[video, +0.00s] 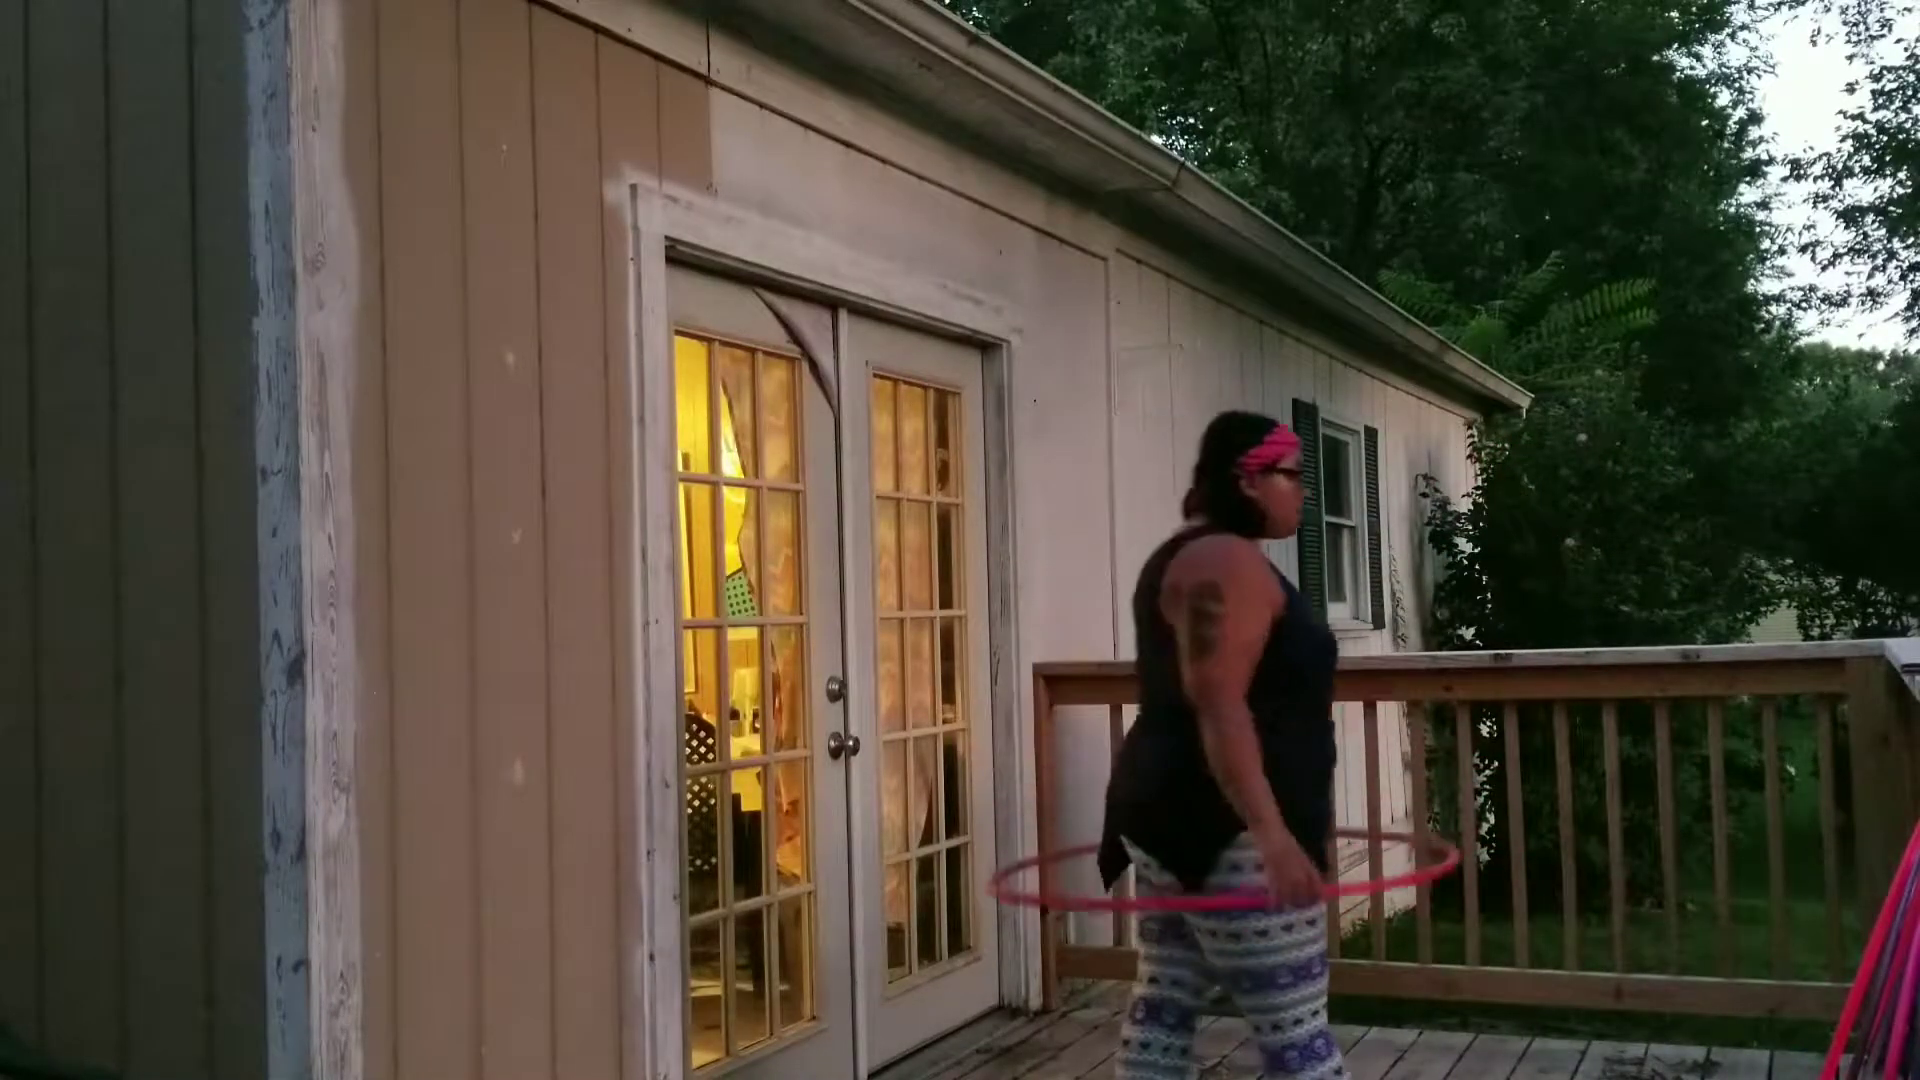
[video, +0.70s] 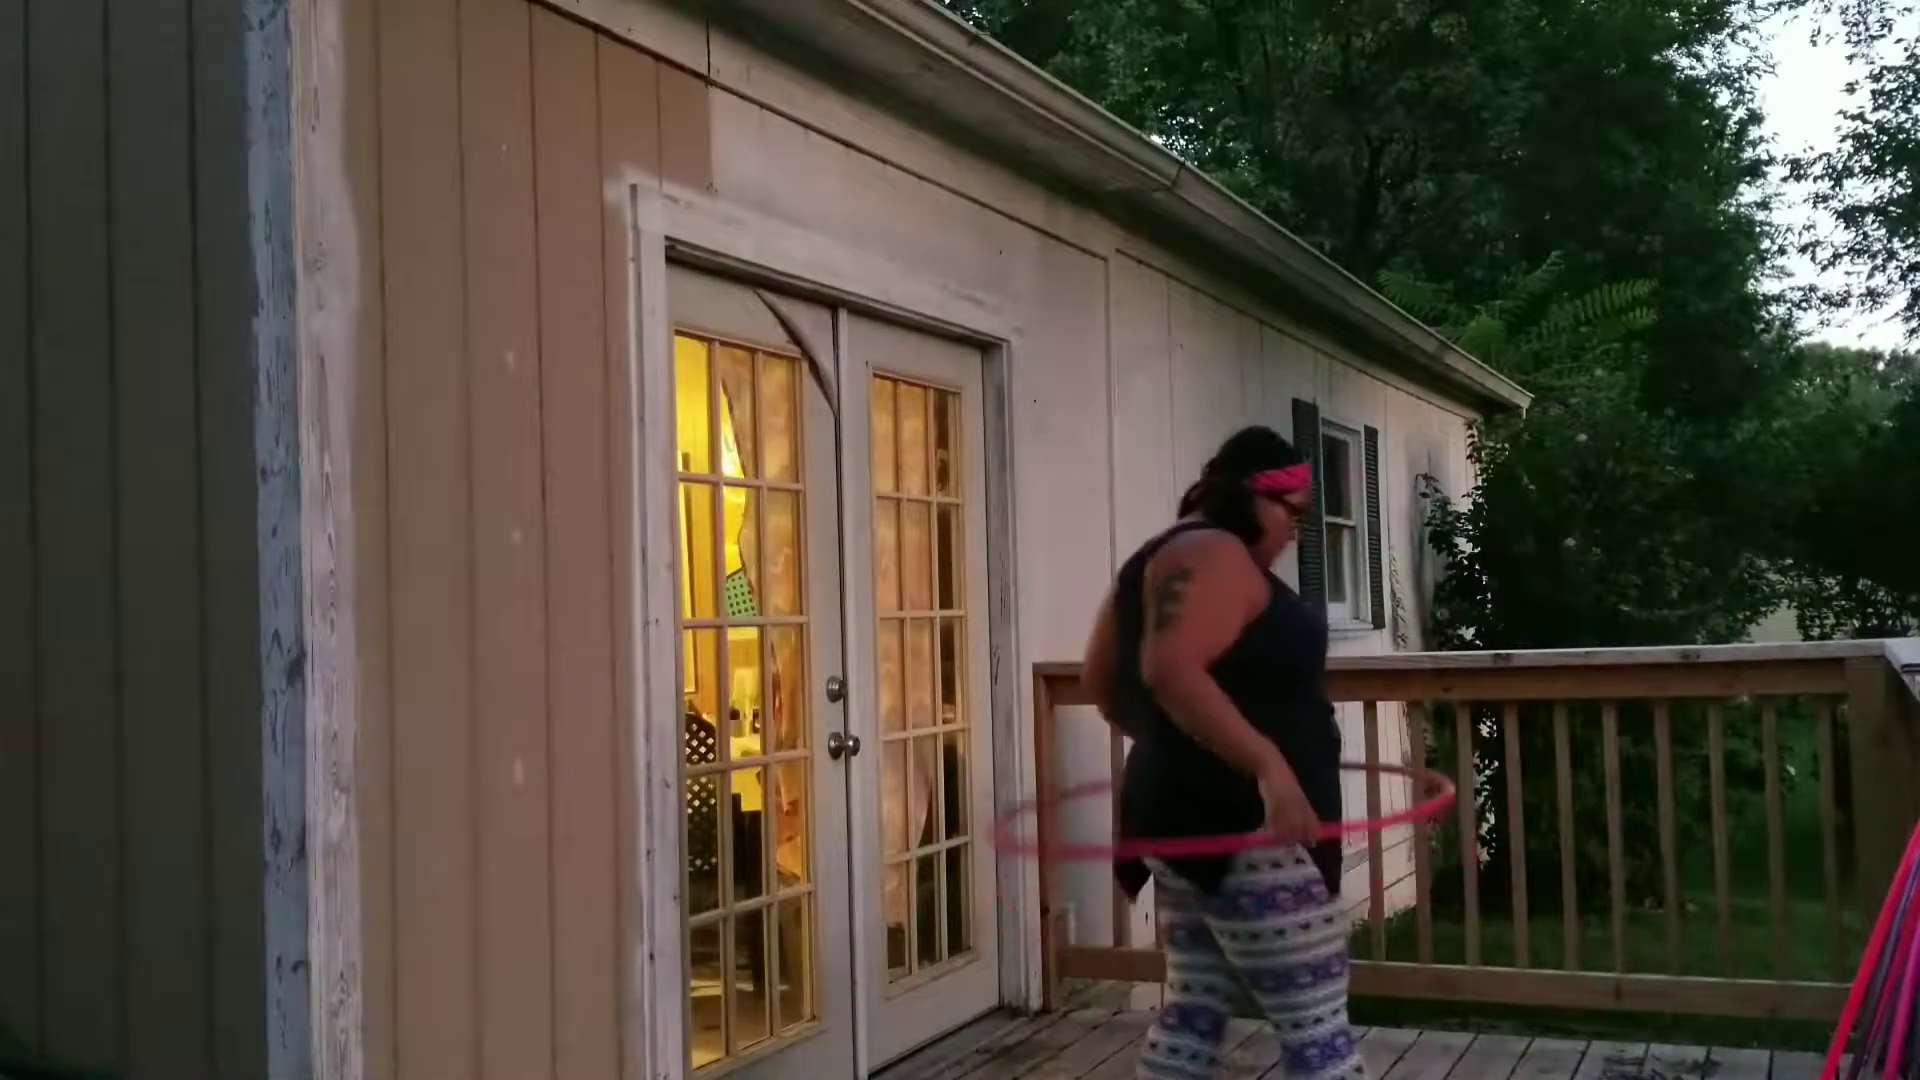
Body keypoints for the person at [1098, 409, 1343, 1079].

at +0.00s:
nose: (1303, 489)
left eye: (1300, 475)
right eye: (1292, 475)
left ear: (1242, 483)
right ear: (1251, 484)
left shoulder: (1175, 560)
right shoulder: (1231, 561)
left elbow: (1169, 709)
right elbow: (1218, 701)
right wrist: (1273, 832)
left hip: (1171, 827)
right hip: (1242, 835)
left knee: (1162, 1016)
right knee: (1296, 1033)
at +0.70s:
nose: (1296, 526)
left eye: (1300, 512)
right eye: (1291, 509)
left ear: (1233, 492)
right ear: (1251, 494)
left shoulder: (1150, 560)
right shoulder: (1220, 555)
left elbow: (1102, 683)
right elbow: (1172, 667)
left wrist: (1184, 743)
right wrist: (1271, 767)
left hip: (1179, 824)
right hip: (1250, 828)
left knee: (1191, 1020)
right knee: (1318, 1032)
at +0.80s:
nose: (1273, 516)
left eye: (1277, 500)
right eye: (1262, 495)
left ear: (1190, 490)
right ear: (1216, 487)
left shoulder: (1136, 556)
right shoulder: (1195, 546)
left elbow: (1089, 677)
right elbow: (1147, 656)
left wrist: (1192, 693)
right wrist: (1258, 709)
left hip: (1175, 817)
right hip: (1238, 816)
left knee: (1192, 1009)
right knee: (1313, 1013)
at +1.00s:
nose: (1241, 475)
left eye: (1237, 462)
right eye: (1229, 463)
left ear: (1165, 479)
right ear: (1188, 477)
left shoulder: (1119, 560)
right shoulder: (1181, 540)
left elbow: (1084, 671)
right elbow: (1136, 646)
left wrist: (1183, 667)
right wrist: (1232, 608)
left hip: (1169, 814)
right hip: (1242, 812)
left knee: (1184, 1001)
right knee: (1316, 1012)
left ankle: (1165, 1073)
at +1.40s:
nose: (1294, 470)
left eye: (1287, 457)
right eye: (1279, 460)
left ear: (1222, 478)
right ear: (1241, 475)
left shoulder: (1162, 552)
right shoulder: (1223, 540)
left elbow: (1110, 662)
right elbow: (1163, 634)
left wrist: (1207, 674)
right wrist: (1275, 657)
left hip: (1178, 810)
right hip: (1243, 812)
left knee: (1190, 1005)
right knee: (1322, 999)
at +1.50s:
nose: (1321, 475)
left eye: (1315, 461)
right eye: (1308, 462)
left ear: (1249, 480)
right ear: (1270, 477)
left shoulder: (1188, 551)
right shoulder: (1252, 544)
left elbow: (1137, 667)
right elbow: (1190, 646)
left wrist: (1214, 734)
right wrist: (1299, 710)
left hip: (1187, 810)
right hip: (1258, 814)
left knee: (1205, 1012)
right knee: (1327, 1019)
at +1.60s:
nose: (1349, 479)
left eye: (1344, 464)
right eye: (1336, 465)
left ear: (1282, 480)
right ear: (1296, 478)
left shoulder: (1213, 554)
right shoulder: (1280, 548)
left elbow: (1169, 684)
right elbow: (1230, 657)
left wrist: (1177, 805)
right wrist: (1322, 765)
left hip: (1207, 823)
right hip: (1281, 822)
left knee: (1229, 1008)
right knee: (1346, 1024)